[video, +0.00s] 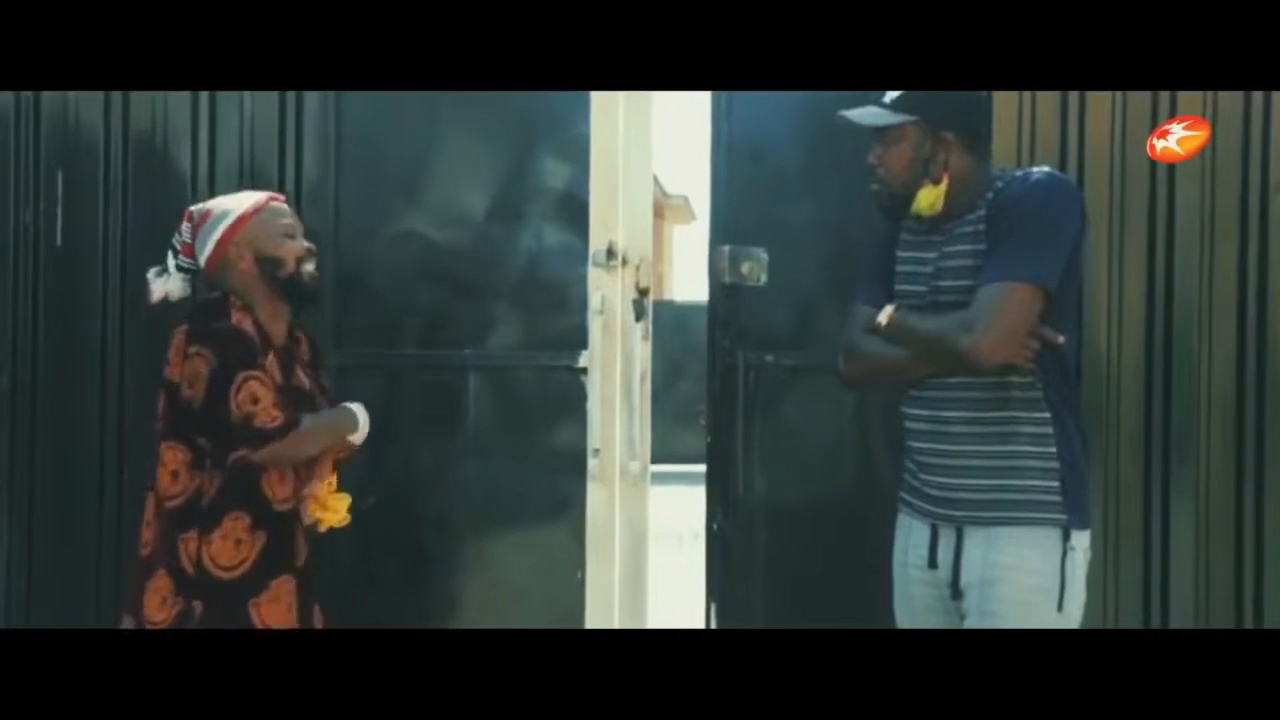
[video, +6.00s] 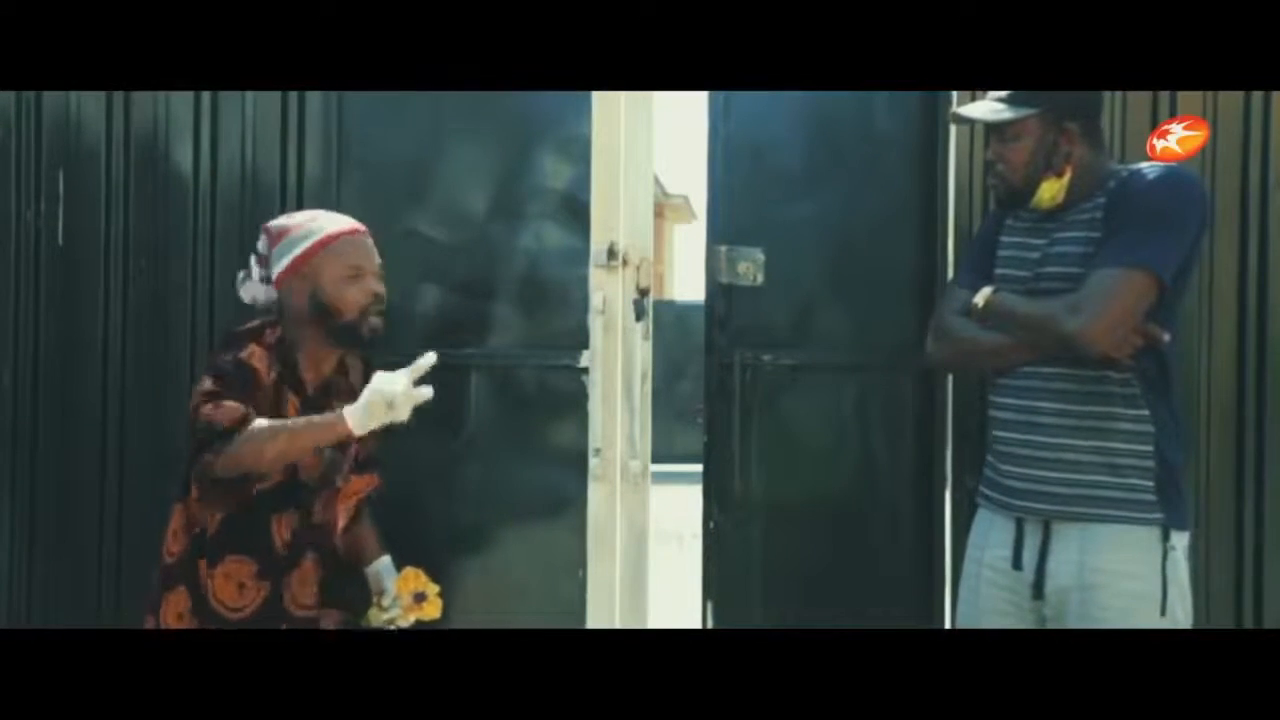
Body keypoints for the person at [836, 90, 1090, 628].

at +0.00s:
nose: (872, 159)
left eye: (888, 142)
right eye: (873, 142)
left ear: (944, 145)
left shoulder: (1040, 196)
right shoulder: (901, 225)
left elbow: (989, 343)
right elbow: (853, 360)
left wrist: (889, 319)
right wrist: (977, 339)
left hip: (1025, 523)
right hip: (922, 513)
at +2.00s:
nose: (880, 159)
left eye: (897, 141)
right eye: (882, 142)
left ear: (954, 145)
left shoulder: (1048, 198)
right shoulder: (903, 223)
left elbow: (998, 345)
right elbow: (855, 362)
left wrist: (894, 318)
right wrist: (984, 342)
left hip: (1026, 522)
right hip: (922, 513)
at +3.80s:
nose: (941, 159)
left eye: (959, 142)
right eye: (943, 143)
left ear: (1016, 149)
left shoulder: (1097, 210)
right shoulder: (969, 230)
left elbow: (1012, 343)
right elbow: (891, 341)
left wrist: (925, 304)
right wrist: (1001, 342)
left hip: (1038, 536)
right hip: (933, 518)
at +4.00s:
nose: (989, 155)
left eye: (1007, 137)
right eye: (990, 137)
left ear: (1064, 144)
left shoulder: (1152, 206)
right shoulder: (998, 226)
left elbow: (1079, 339)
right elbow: (928, 340)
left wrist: (974, 302)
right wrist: (1052, 335)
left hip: (1088, 533)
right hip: (973, 519)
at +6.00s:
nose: (991, 154)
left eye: (1008, 138)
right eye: (990, 138)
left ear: (1067, 138)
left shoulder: (1163, 190)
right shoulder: (1005, 216)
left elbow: (1095, 329)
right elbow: (941, 342)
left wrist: (984, 300)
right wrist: (1071, 329)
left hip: (1120, 527)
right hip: (1002, 515)